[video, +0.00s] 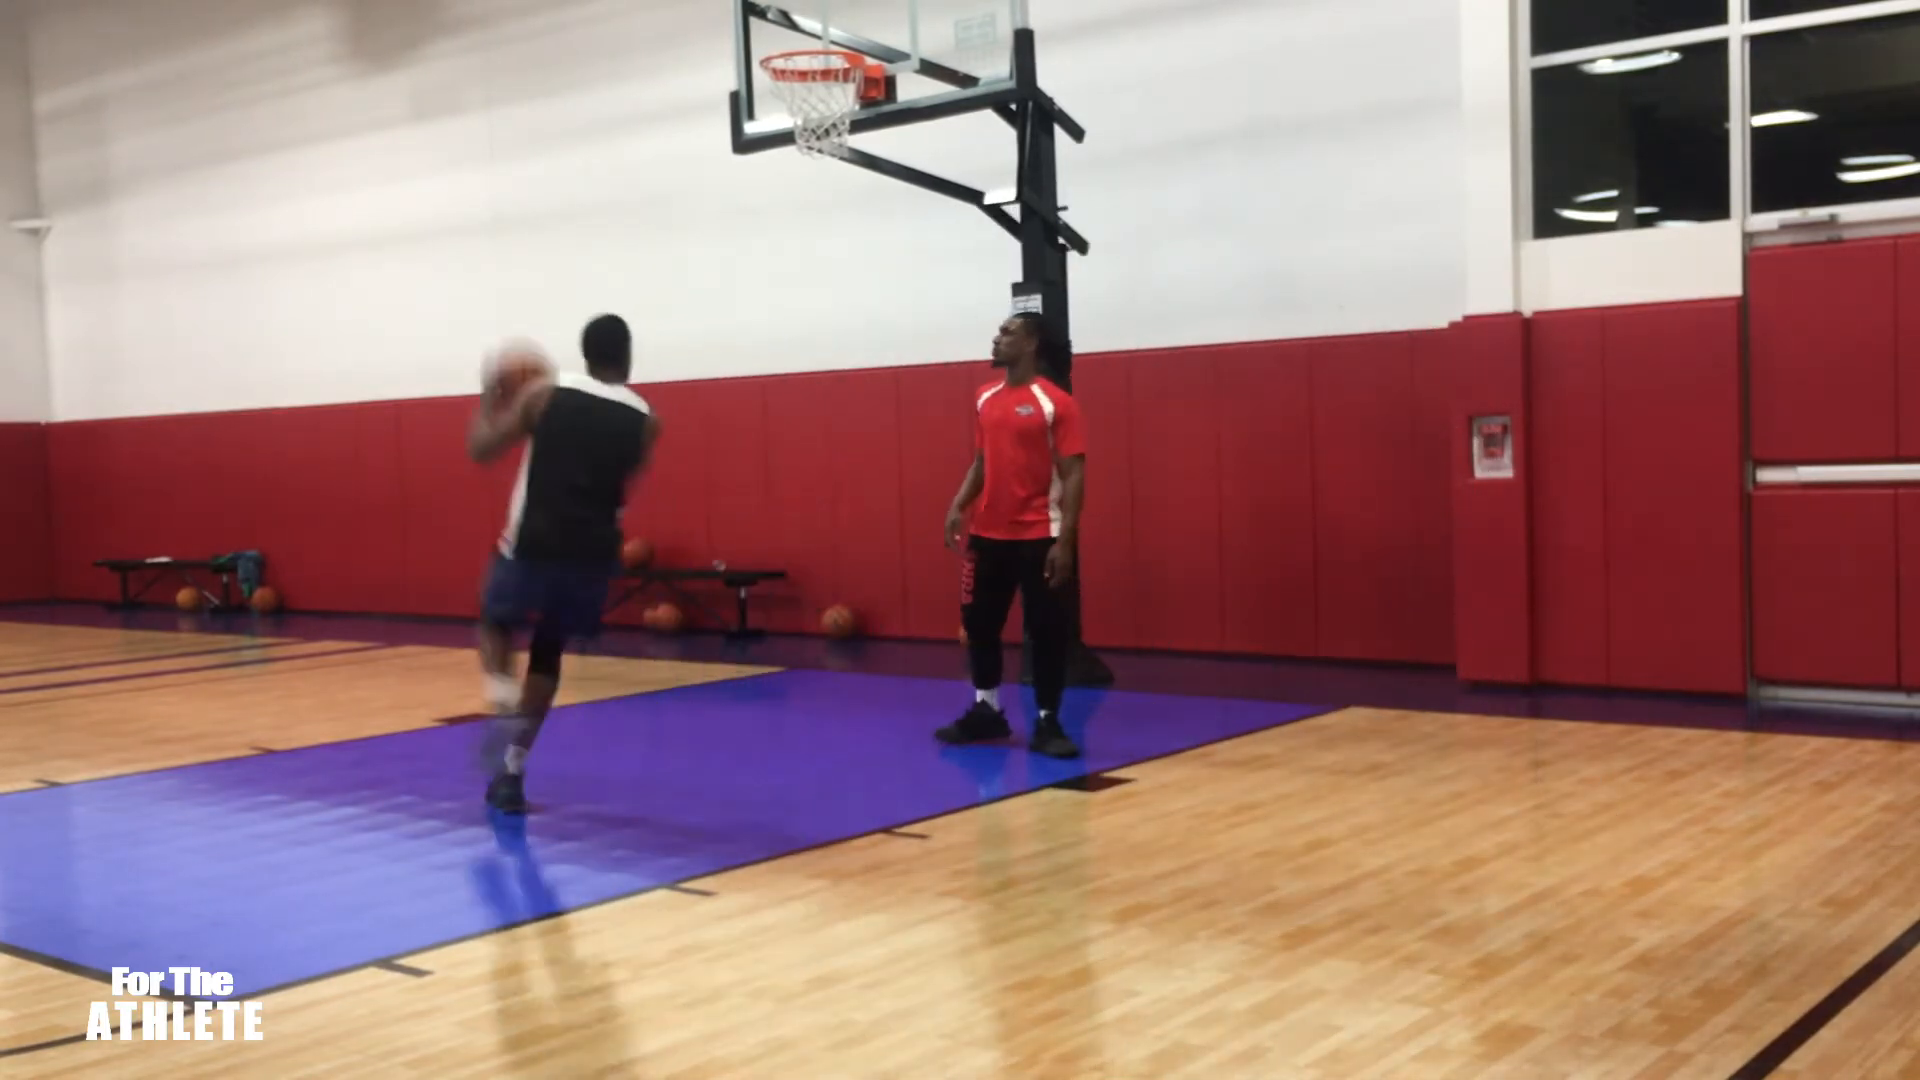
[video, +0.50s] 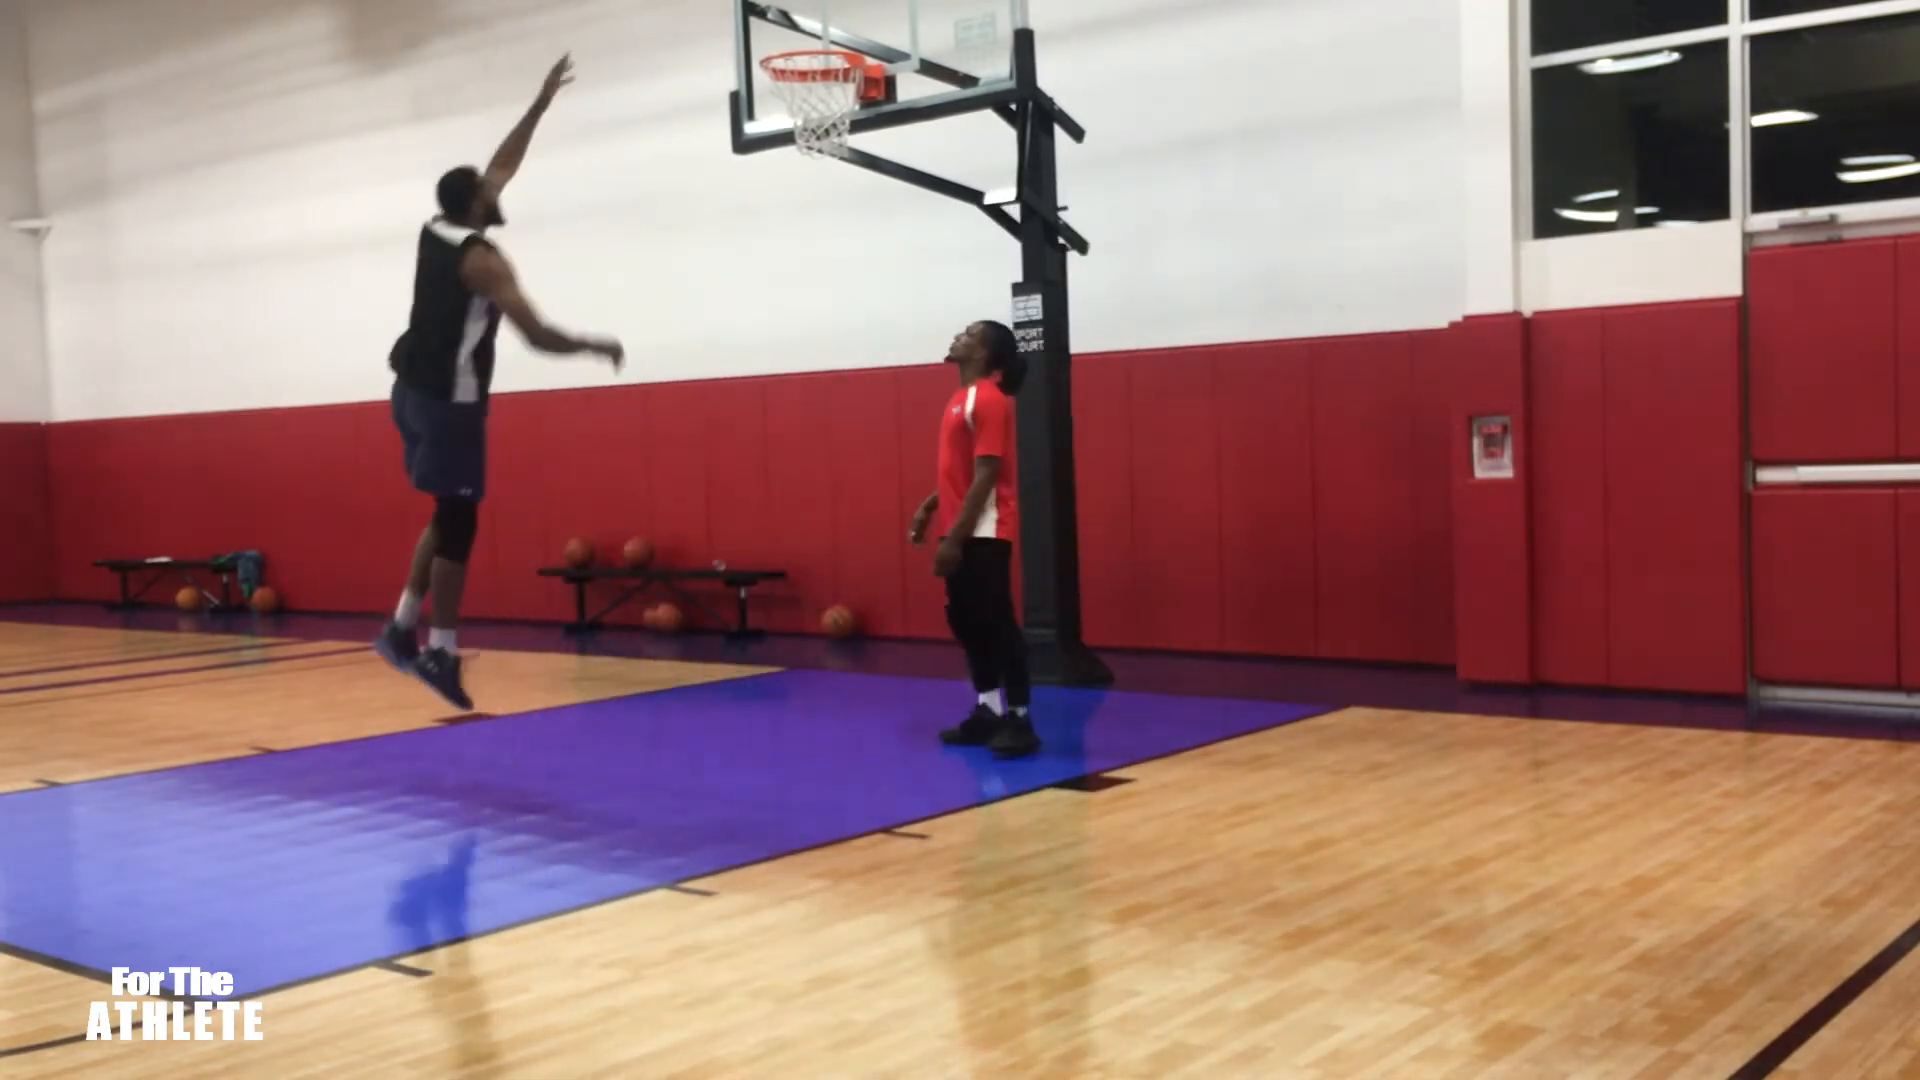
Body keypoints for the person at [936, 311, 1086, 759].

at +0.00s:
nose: (996, 338)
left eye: (1007, 333)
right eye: (998, 331)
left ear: (1032, 345)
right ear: (1005, 343)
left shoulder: (1058, 403)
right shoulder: (986, 397)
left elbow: (1072, 474)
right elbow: (982, 459)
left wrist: (1066, 540)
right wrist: (958, 507)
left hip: (1039, 537)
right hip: (989, 536)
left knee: (1047, 630)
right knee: (979, 622)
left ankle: (1047, 721)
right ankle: (986, 710)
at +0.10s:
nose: (988, 338)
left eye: (999, 334)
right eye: (991, 332)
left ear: (1022, 347)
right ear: (999, 346)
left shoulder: (1043, 403)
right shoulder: (980, 399)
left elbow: (1060, 477)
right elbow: (981, 461)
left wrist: (1049, 542)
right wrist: (952, 507)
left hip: (1027, 541)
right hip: (984, 539)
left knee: (1038, 632)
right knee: (978, 623)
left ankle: (1047, 722)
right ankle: (991, 714)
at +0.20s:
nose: (979, 338)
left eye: (991, 334)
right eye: (983, 332)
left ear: (1012, 350)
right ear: (991, 348)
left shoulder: (1026, 403)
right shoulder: (974, 398)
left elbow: (1038, 475)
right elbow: (977, 463)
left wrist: (1031, 543)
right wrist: (947, 507)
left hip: (1015, 541)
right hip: (976, 540)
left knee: (1032, 630)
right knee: (971, 620)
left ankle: (1047, 721)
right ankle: (989, 713)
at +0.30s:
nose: (970, 338)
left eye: (983, 335)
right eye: (975, 332)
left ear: (1003, 354)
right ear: (979, 351)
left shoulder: (1010, 403)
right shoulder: (968, 401)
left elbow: (1020, 480)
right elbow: (971, 469)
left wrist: (1006, 544)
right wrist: (940, 508)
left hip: (1004, 540)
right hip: (966, 541)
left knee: (1024, 629)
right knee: (967, 621)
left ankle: (1044, 721)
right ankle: (989, 713)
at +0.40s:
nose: (963, 339)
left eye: (975, 336)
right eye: (968, 333)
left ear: (993, 354)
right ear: (975, 353)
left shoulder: (998, 400)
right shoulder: (966, 401)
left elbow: (1002, 472)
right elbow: (966, 471)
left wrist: (980, 540)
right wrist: (935, 508)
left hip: (996, 538)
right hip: (961, 538)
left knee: (1012, 626)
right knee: (965, 622)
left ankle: (1036, 719)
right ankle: (988, 713)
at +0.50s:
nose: (957, 336)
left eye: (968, 334)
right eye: (962, 331)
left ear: (985, 352)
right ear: (969, 352)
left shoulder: (989, 397)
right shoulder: (961, 398)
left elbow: (988, 472)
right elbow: (963, 470)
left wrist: (956, 536)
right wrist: (930, 503)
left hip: (987, 530)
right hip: (963, 530)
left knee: (996, 619)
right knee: (965, 618)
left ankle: (1018, 718)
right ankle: (989, 710)